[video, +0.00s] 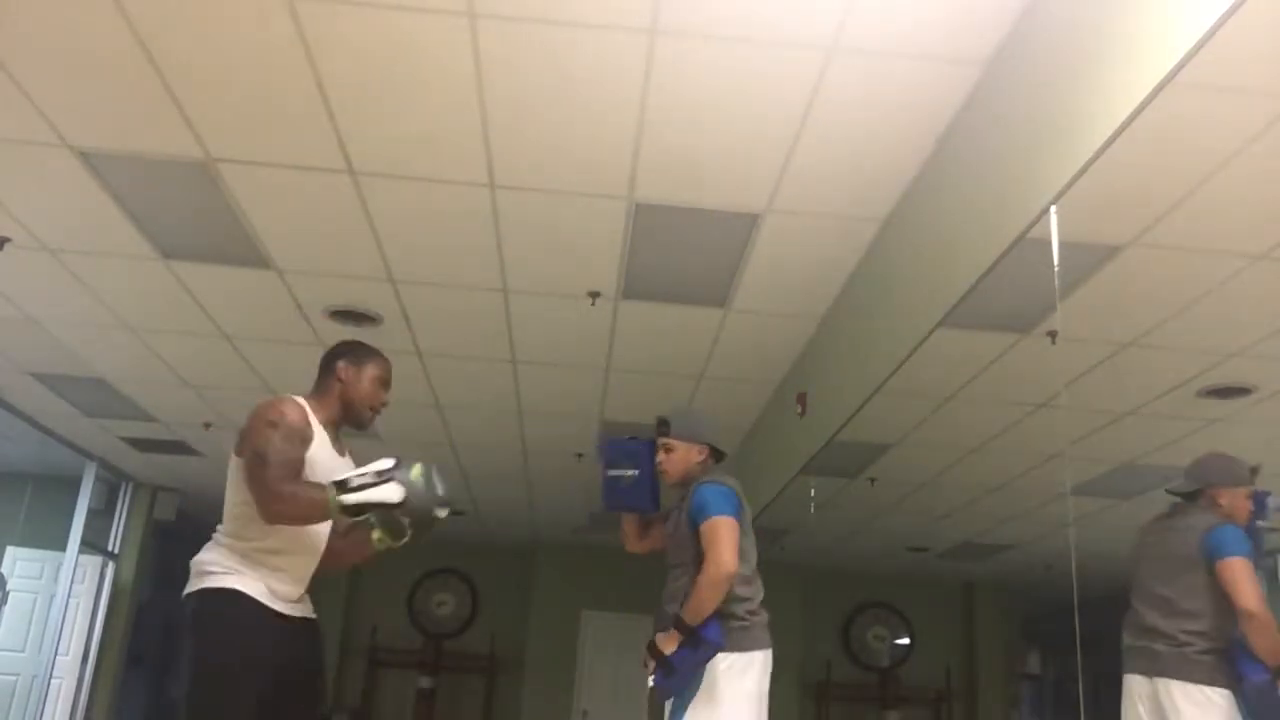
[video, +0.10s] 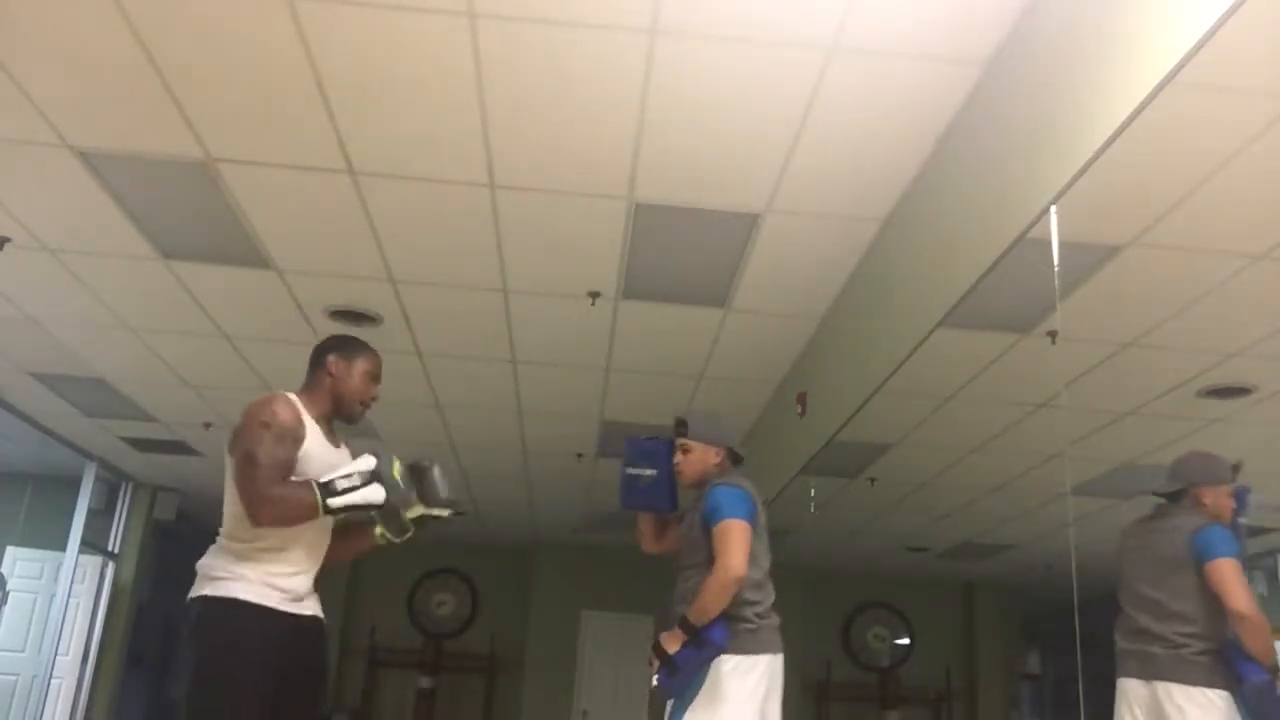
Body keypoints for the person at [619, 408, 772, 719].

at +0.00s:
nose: (658, 459)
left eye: (668, 450)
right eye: (659, 450)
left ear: (700, 453)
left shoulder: (711, 492)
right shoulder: (692, 501)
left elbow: (721, 568)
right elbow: (637, 541)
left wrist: (676, 632)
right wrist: (630, 475)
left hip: (727, 655)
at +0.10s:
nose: (676, 460)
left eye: (685, 450)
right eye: (677, 451)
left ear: (716, 454)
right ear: (715, 456)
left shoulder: (726, 493)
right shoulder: (711, 498)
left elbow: (730, 570)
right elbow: (653, 542)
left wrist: (682, 631)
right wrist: (649, 474)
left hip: (733, 656)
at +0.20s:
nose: (692, 464)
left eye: (701, 455)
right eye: (692, 456)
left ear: (733, 460)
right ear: (732, 462)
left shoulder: (739, 499)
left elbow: (745, 574)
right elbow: (671, 549)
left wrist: (690, 628)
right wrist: (666, 483)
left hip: (745, 658)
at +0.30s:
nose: (703, 466)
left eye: (712, 456)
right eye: (704, 457)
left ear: (744, 458)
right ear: (744, 460)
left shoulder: (753, 498)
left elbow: (764, 564)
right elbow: (691, 552)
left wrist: (703, 590)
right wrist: (684, 489)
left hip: (757, 658)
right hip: (792, 658)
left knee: (704, 712)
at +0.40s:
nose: (713, 464)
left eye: (722, 454)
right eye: (713, 455)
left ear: (752, 455)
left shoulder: (765, 488)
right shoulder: (782, 489)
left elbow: (763, 542)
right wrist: (688, 495)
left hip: (766, 651)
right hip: (803, 652)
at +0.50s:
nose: (723, 457)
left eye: (730, 448)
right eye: (723, 449)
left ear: (757, 452)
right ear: (756, 453)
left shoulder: (775, 484)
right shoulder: (793, 487)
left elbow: (741, 517)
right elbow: (709, 544)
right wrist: (703, 476)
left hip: (769, 647)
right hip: (808, 648)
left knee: (725, 712)